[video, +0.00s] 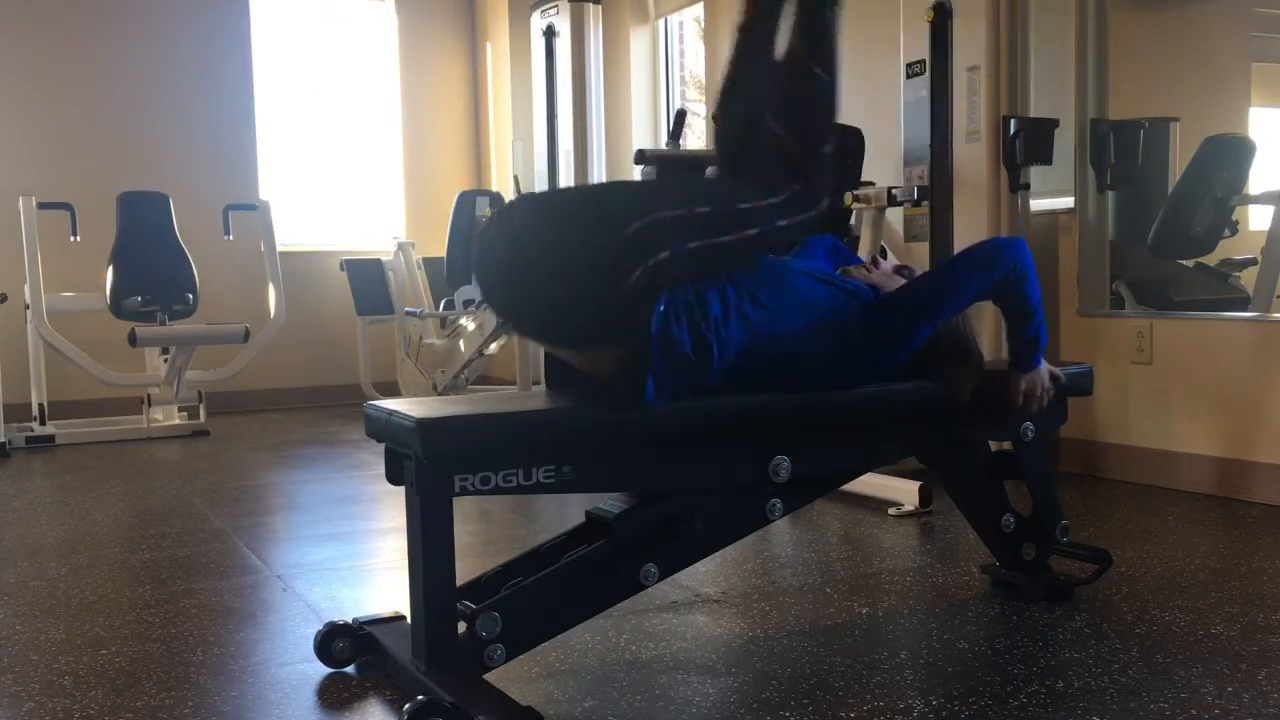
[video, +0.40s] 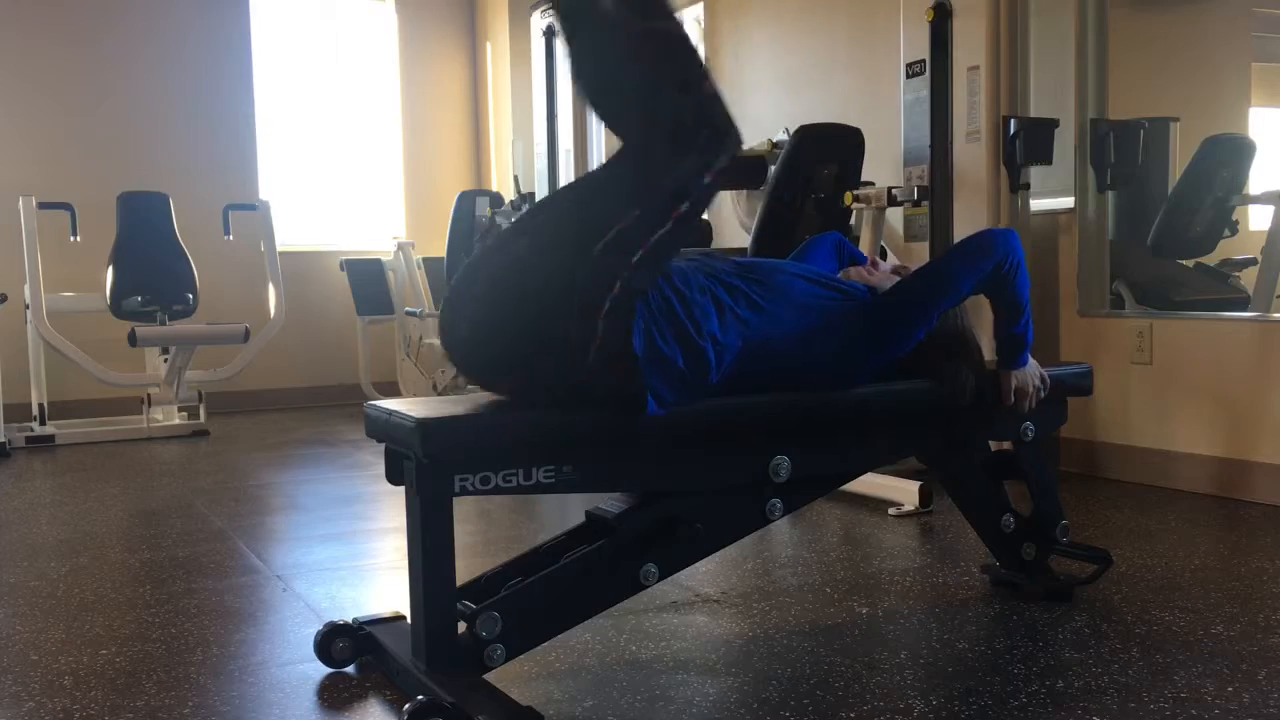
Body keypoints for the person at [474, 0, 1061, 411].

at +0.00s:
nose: (888, 262)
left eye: (903, 279)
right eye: (896, 264)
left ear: (908, 311)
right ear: (883, 270)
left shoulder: (881, 333)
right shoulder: (830, 276)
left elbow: (1007, 253)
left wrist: (1030, 362)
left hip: (628, 325)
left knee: (805, 183)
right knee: (753, 174)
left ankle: (815, 6)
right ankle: (766, 1)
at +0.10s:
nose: (883, 257)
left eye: (899, 270)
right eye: (891, 259)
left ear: (901, 301)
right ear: (878, 271)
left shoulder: (879, 330)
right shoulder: (826, 271)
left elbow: (1002, 251)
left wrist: (1025, 361)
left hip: (619, 328)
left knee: (788, 173)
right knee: (738, 167)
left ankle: (779, 5)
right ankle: (731, 7)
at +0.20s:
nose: (883, 263)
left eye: (897, 276)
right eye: (888, 263)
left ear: (900, 308)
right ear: (879, 271)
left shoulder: (872, 333)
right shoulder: (821, 280)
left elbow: (1000, 250)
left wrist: (1025, 360)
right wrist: (885, 271)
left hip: (590, 333)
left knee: (760, 165)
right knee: (722, 163)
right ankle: (682, 6)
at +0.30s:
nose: (880, 262)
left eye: (896, 273)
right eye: (885, 260)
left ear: (901, 307)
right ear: (866, 275)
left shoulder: (870, 333)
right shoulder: (814, 284)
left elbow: (1000, 250)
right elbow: (829, 236)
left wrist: (1023, 360)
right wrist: (885, 276)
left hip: (588, 340)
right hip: (518, 312)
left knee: (734, 154)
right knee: (683, 160)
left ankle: (671, 5)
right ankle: (625, 8)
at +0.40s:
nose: (878, 260)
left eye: (894, 271)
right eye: (885, 259)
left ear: (898, 306)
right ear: (863, 277)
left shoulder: (867, 334)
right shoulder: (815, 288)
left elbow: (999, 245)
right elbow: (828, 236)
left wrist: (1019, 357)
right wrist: (877, 271)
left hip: (575, 341)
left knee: (698, 138)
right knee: (684, 141)